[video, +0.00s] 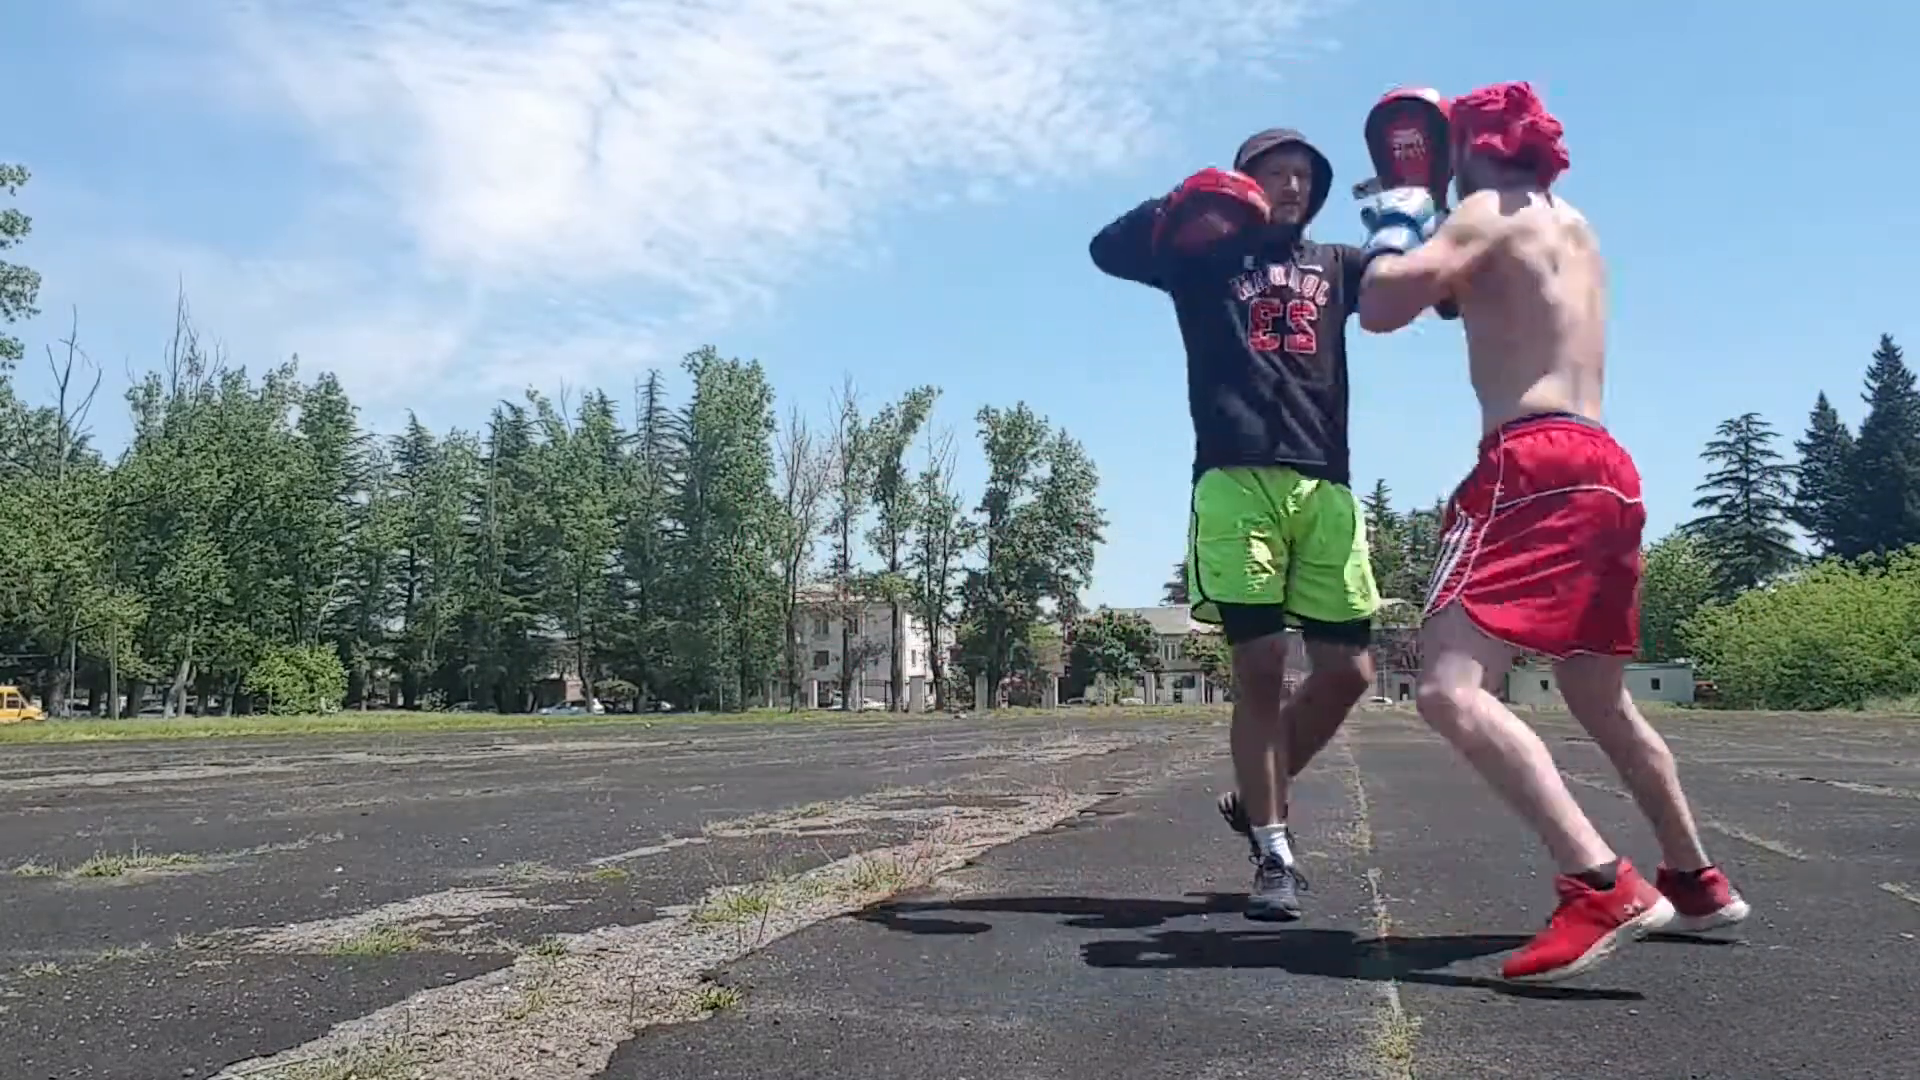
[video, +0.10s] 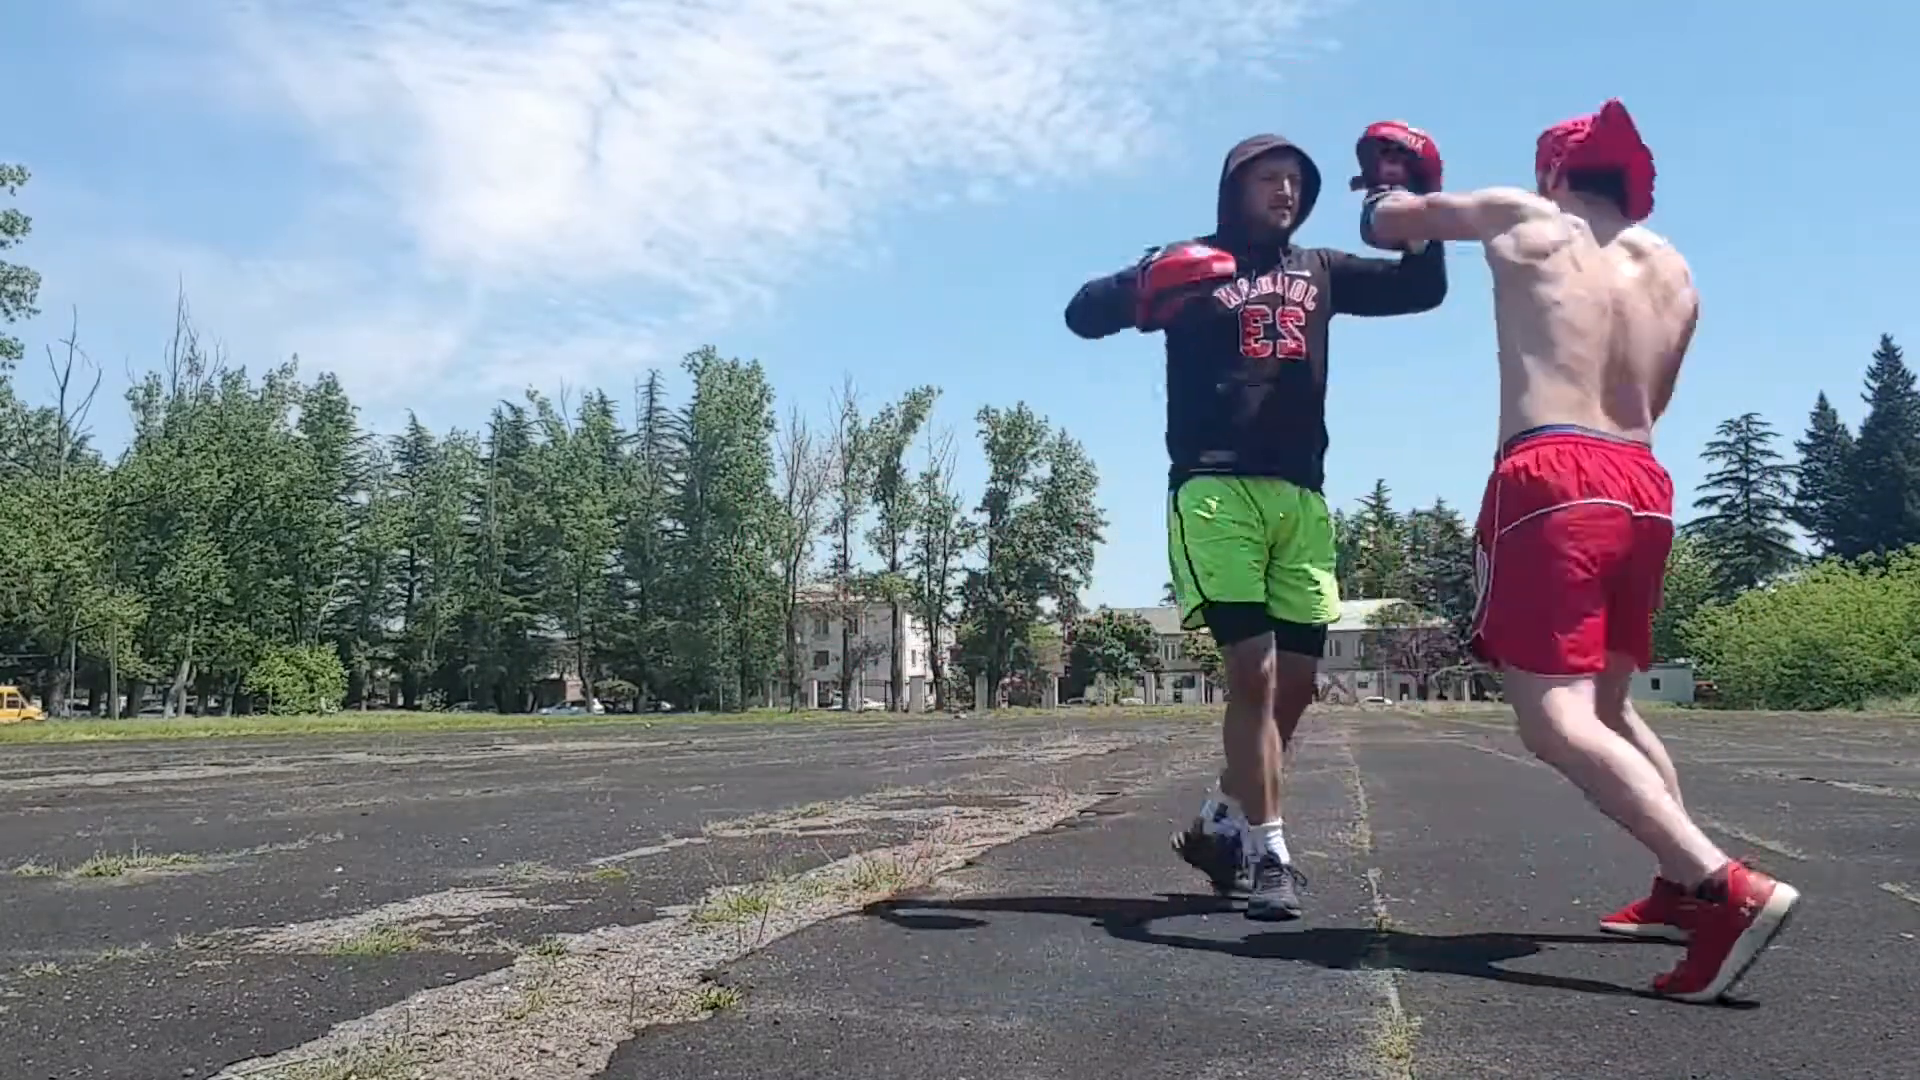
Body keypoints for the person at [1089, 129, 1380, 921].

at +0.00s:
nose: (1291, 183)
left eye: (1304, 175)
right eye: (1275, 170)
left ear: (1315, 193)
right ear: (1241, 183)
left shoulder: (1336, 260)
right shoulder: (1201, 254)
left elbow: (1432, 277)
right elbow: (1107, 250)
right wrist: (1181, 203)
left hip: (1324, 482)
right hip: (1237, 477)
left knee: (1345, 672)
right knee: (1261, 669)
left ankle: (1256, 794)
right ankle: (1274, 854)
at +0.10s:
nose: (1282, 190)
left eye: (1293, 182)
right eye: (1266, 178)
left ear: (1303, 201)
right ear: (1231, 192)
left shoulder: (1321, 268)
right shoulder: (1189, 263)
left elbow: (1423, 285)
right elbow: (1082, 314)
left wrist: (1408, 194)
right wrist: (1148, 288)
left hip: (1300, 493)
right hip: (1216, 486)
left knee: (1297, 680)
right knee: (1250, 664)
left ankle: (1222, 827)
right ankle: (1269, 852)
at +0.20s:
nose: (1283, 214)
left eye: (1291, 206)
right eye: (1267, 200)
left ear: (1295, 221)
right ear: (1226, 206)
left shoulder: (1304, 296)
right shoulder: (1177, 281)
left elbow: (1395, 337)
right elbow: (1086, 362)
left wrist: (1427, 249)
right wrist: (1123, 370)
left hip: (1274, 513)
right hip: (1196, 504)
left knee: (1261, 695)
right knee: (1245, 654)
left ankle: (1191, 853)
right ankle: (1246, 847)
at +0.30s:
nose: (1275, 231)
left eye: (1283, 222)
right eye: (1260, 216)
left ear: (1285, 235)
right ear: (1220, 219)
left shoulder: (1271, 318)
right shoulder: (1162, 296)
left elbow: (1315, 405)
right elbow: (1090, 385)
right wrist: (1127, 432)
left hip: (1258, 513)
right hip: (1185, 504)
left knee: (1261, 692)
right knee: (1237, 647)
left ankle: (1198, 841)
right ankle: (1192, 838)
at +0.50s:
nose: (1241, 222)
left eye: (1249, 212)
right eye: (1228, 207)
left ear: (1251, 225)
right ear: (1187, 210)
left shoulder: (1237, 310)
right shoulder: (1141, 275)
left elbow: (1289, 398)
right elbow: (1084, 348)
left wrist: (1355, 355)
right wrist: (1188, 364)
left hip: (1215, 511)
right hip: (1151, 503)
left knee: (1221, 688)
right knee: (1201, 674)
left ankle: (1181, 855)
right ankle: (1112, 862)